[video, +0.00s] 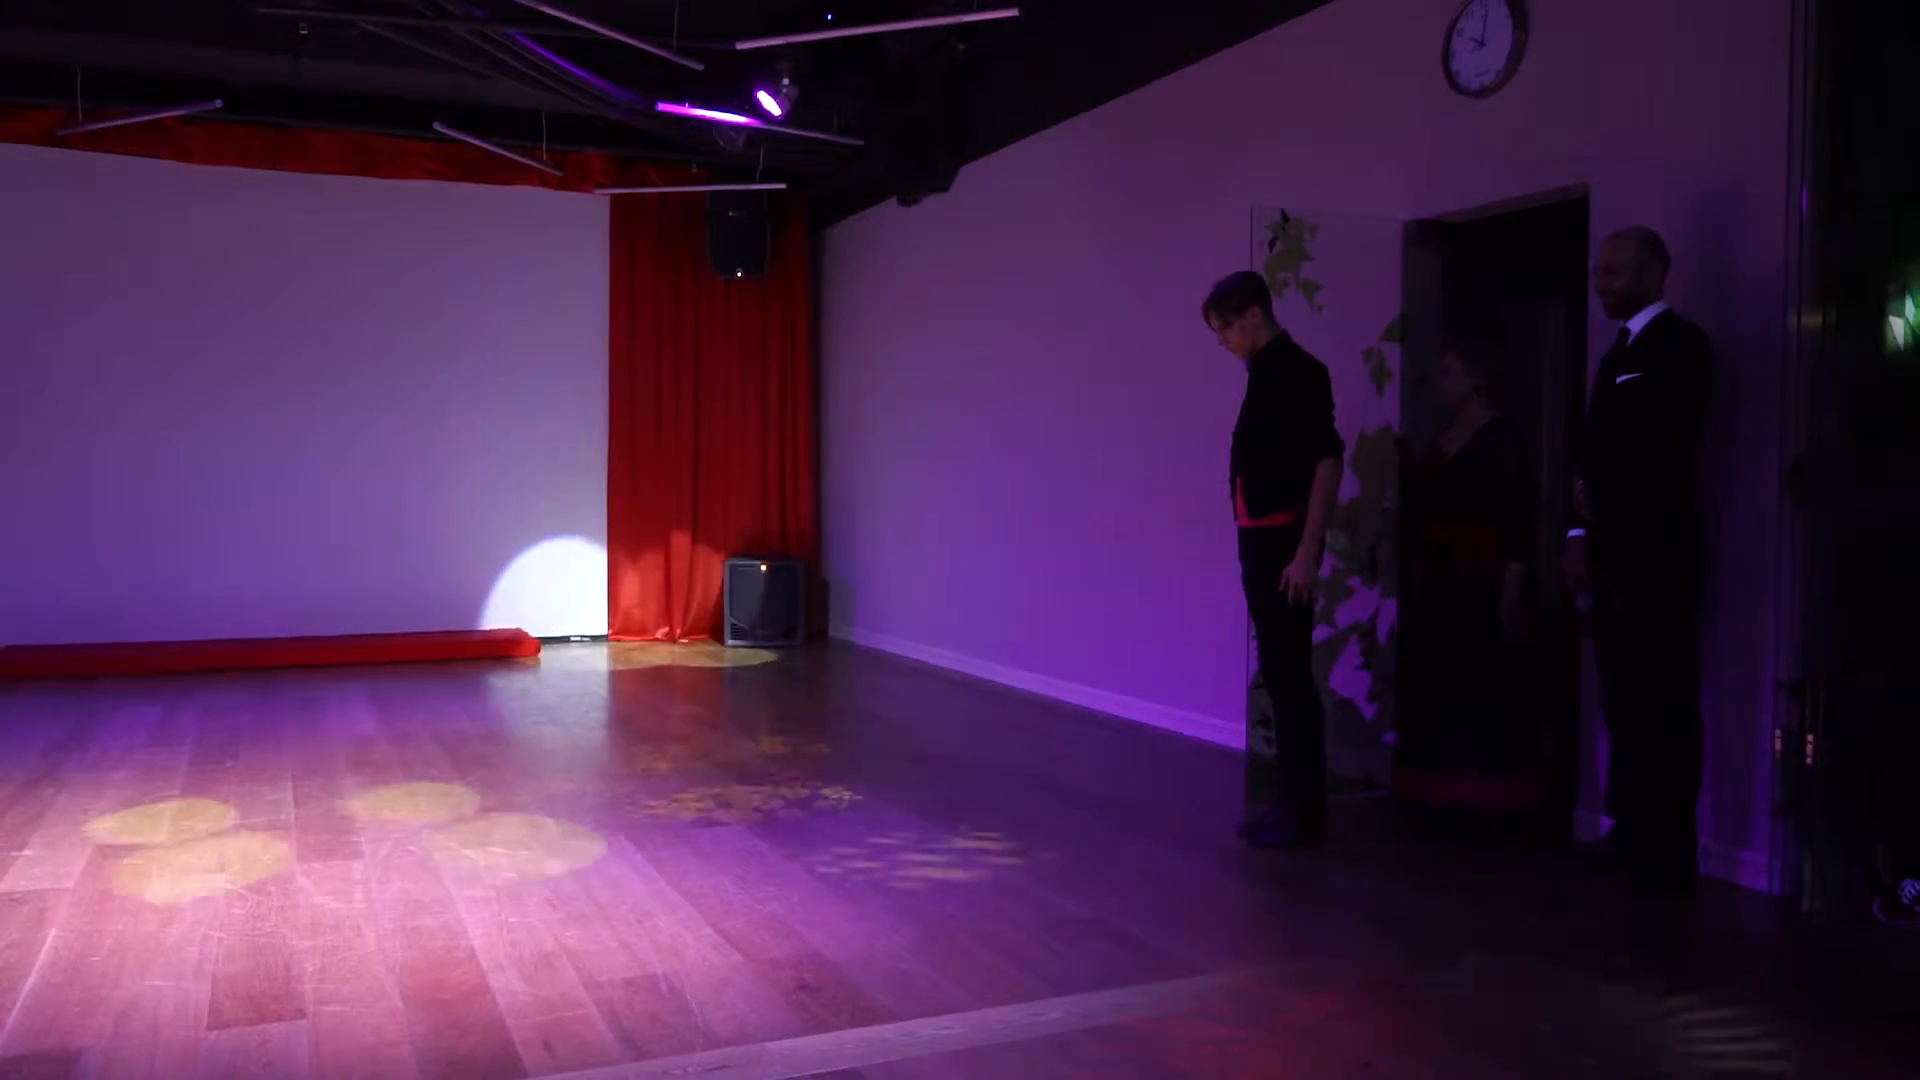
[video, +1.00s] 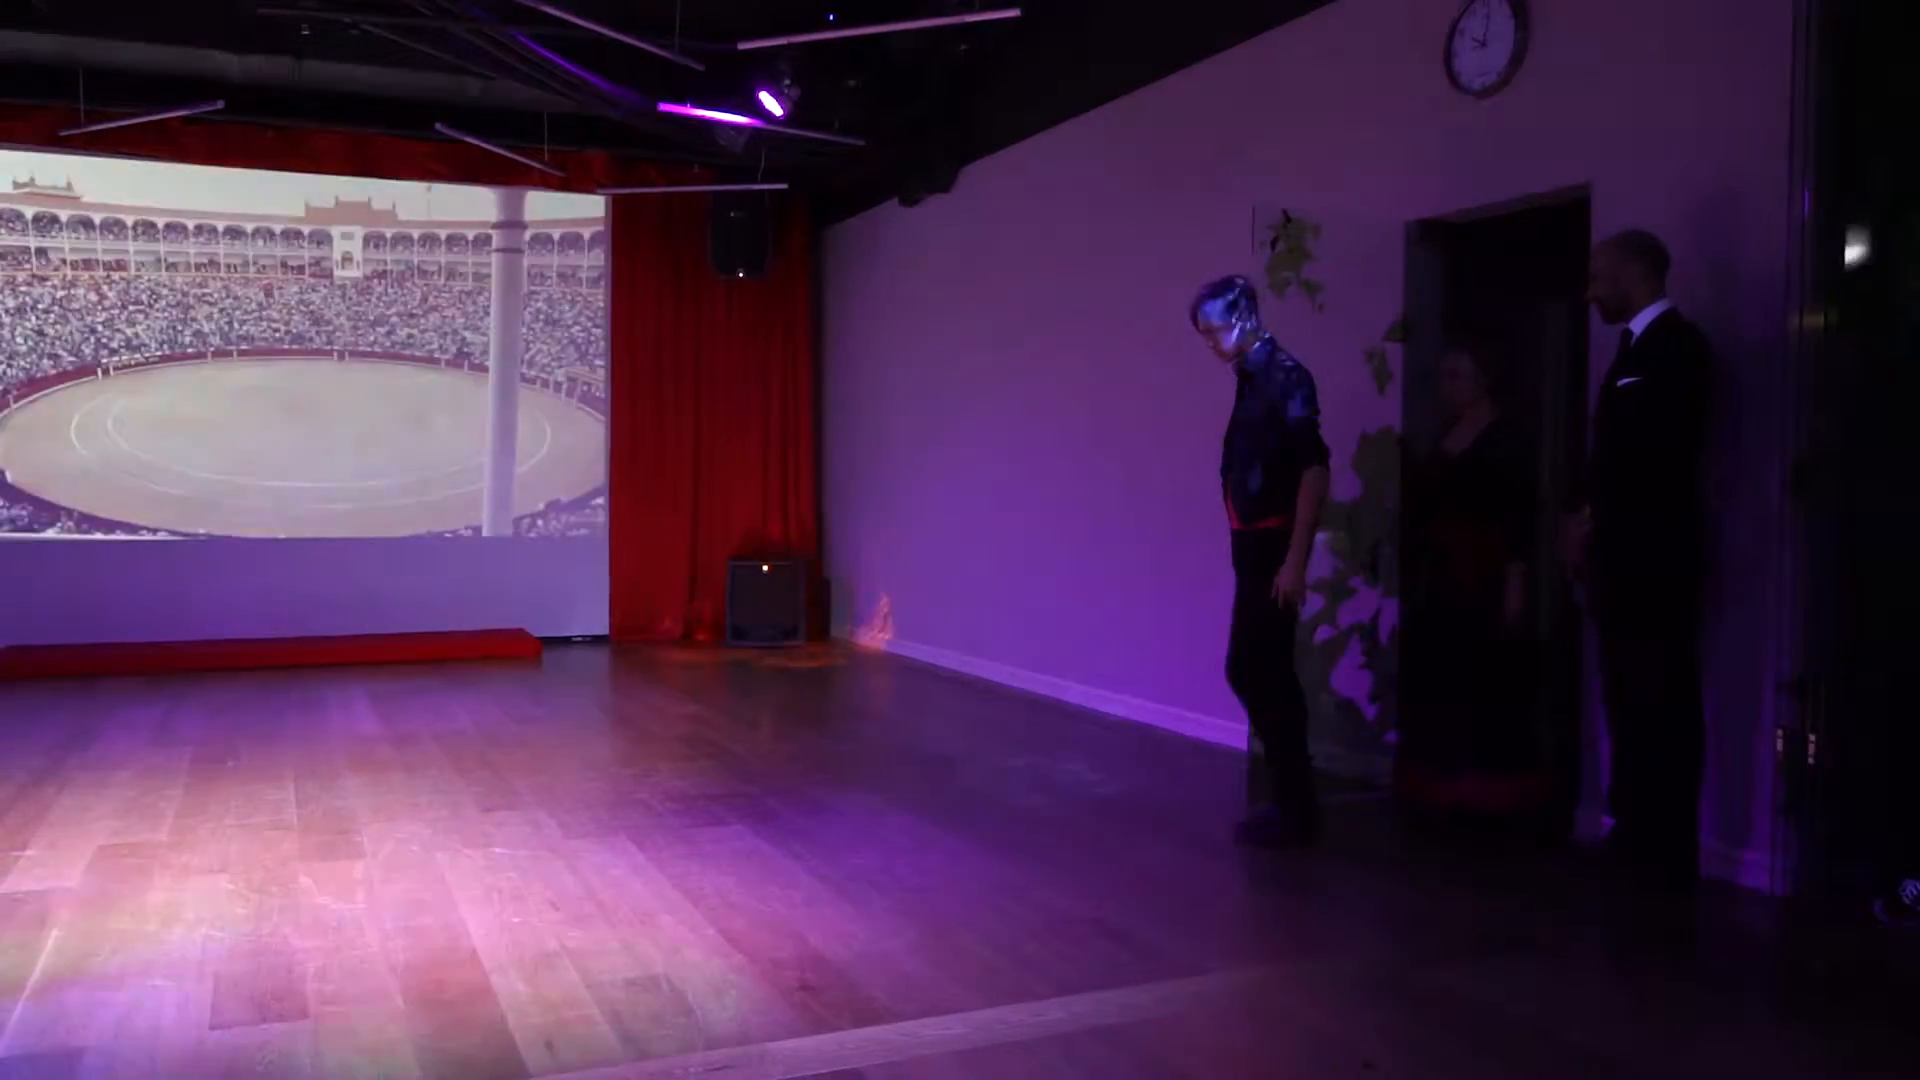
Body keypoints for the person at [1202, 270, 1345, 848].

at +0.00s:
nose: (1222, 343)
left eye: (1224, 330)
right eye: (1217, 333)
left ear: (1254, 316)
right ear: (1250, 320)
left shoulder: (1297, 372)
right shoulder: (1267, 372)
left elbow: (1327, 462)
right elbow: (1270, 465)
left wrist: (1306, 554)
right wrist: (1255, 545)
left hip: (1283, 544)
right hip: (1261, 542)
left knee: (1289, 677)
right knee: (1281, 677)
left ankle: (1299, 811)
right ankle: (1291, 805)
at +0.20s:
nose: (1222, 342)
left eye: (1225, 329)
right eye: (1218, 332)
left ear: (1255, 316)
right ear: (1253, 319)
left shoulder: (1299, 372)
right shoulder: (1270, 372)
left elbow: (1328, 463)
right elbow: (1275, 465)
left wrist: (1307, 555)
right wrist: (1259, 545)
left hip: (1284, 544)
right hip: (1263, 542)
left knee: (1291, 676)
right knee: (1283, 676)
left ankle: (1300, 811)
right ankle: (1292, 805)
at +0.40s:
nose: (1222, 342)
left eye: (1225, 329)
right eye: (1218, 332)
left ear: (1256, 316)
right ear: (1253, 320)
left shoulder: (1300, 372)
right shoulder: (1271, 372)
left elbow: (1329, 464)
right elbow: (1280, 465)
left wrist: (1307, 556)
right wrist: (1261, 545)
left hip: (1286, 545)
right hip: (1264, 542)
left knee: (1290, 677)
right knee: (1281, 677)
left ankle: (1299, 812)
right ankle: (1291, 806)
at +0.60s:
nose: (1223, 341)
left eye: (1225, 327)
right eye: (1219, 331)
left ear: (1252, 314)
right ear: (1248, 318)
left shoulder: (1296, 371)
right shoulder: (1269, 371)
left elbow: (1325, 464)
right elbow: (1280, 466)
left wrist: (1303, 556)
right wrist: (1263, 548)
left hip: (1284, 544)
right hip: (1264, 542)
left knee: (1287, 675)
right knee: (1277, 676)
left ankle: (1299, 809)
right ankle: (1289, 803)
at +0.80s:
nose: (1219, 342)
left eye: (1222, 329)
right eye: (1215, 332)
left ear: (1248, 319)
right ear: (1239, 324)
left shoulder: (1295, 376)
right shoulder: (1262, 375)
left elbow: (1320, 467)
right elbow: (1265, 464)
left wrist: (1298, 556)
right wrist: (1252, 541)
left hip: (1282, 544)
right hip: (1259, 541)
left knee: (1284, 678)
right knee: (1275, 678)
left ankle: (1298, 810)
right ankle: (1287, 803)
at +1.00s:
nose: (1210, 344)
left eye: (1213, 332)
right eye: (1206, 334)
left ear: (1242, 320)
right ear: (1231, 326)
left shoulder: (1285, 377)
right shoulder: (1254, 375)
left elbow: (1312, 468)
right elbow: (1261, 464)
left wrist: (1294, 561)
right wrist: (1246, 542)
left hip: (1272, 547)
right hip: (1252, 544)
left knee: (1251, 667)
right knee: (1263, 668)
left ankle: (1293, 805)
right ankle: (1289, 800)